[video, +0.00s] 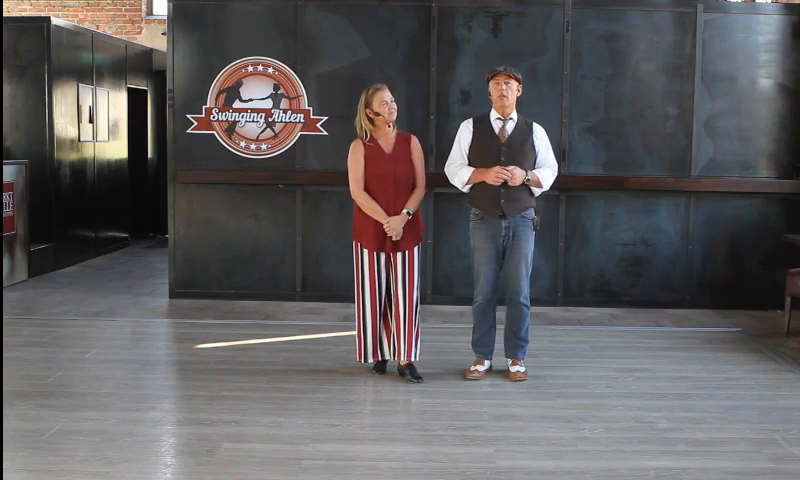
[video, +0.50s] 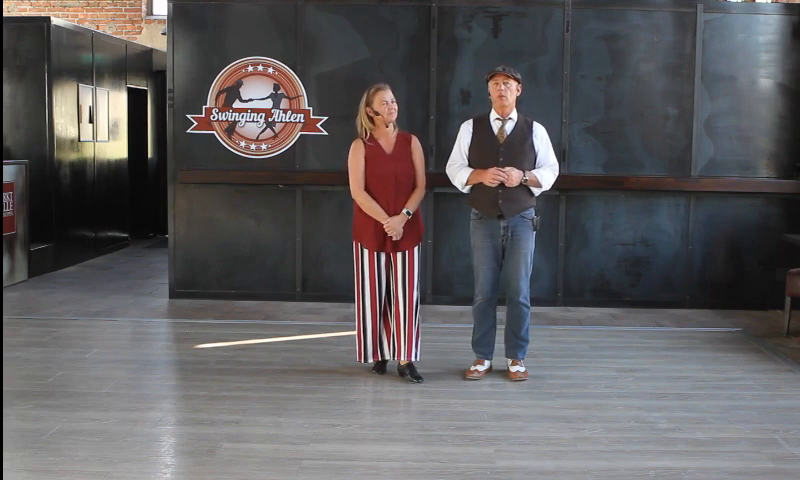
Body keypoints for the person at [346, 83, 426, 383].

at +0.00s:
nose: (391, 107)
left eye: (392, 101)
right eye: (384, 104)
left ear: (397, 106)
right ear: (370, 112)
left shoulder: (411, 142)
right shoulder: (359, 146)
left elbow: (421, 186)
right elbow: (356, 191)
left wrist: (404, 216)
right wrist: (388, 221)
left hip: (406, 231)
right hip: (371, 232)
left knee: (407, 295)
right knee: (374, 295)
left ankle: (406, 359)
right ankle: (379, 355)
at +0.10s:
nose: (391, 106)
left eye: (392, 101)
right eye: (384, 104)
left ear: (397, 105)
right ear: (370, 111)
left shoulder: (411, 142)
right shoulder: (360, 146)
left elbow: (421, 186)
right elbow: (357, 191)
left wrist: (404, 216)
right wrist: (388, 220)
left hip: (406, 230)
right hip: (371, 232)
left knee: (407, 296)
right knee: (374, 295)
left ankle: (406, 359)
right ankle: (379, 355)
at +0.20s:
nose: (391, 106)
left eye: (392, 101)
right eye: (384, 103)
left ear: (397, 105)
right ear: (370, 111)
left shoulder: (411, 142)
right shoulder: (360, 146)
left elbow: (421, 186)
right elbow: (357, 191)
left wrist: (404, 216)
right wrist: (388, 220)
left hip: (406, 230)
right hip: (371, 232)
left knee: (407, 296)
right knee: (374, 295)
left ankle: (406, 359)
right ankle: (379, 355)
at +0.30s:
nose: (391, 106)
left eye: (393, 101)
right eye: (384, 103)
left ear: (397, 105)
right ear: (370, 111)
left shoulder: (411, 142)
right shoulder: (360, 146)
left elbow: (421, 186)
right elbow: (357, 191)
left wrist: (404, 216)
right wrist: (388, 221)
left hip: (406, 230)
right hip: (371, 231)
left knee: (407, 295)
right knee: (374, 295)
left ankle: (406, 359)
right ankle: (379, 355)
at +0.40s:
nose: (391, 106)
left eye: (393, 101)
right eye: (384, 103)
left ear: (397, 106)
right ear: (370, 111)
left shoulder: (411, 142)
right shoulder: (360, 146)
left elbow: (421, 186)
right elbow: (357, 191)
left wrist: (404, 216)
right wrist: (389, 221)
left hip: (406, 230)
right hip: (371, 231)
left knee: (407, 295)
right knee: (374, 295)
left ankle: (406, 359)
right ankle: (379, 355)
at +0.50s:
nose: (392, 106)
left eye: (393, 102)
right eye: (385, 103)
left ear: (398, 106)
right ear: (370, 110)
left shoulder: (411, 142)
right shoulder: (360, 146)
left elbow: (421, 186)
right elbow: (357, 191)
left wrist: (403, 216)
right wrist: (389, 221)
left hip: (406, 230)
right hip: (371, 232)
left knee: (406, 296)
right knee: (374, 295)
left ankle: (406, 359)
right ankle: (379, 355)